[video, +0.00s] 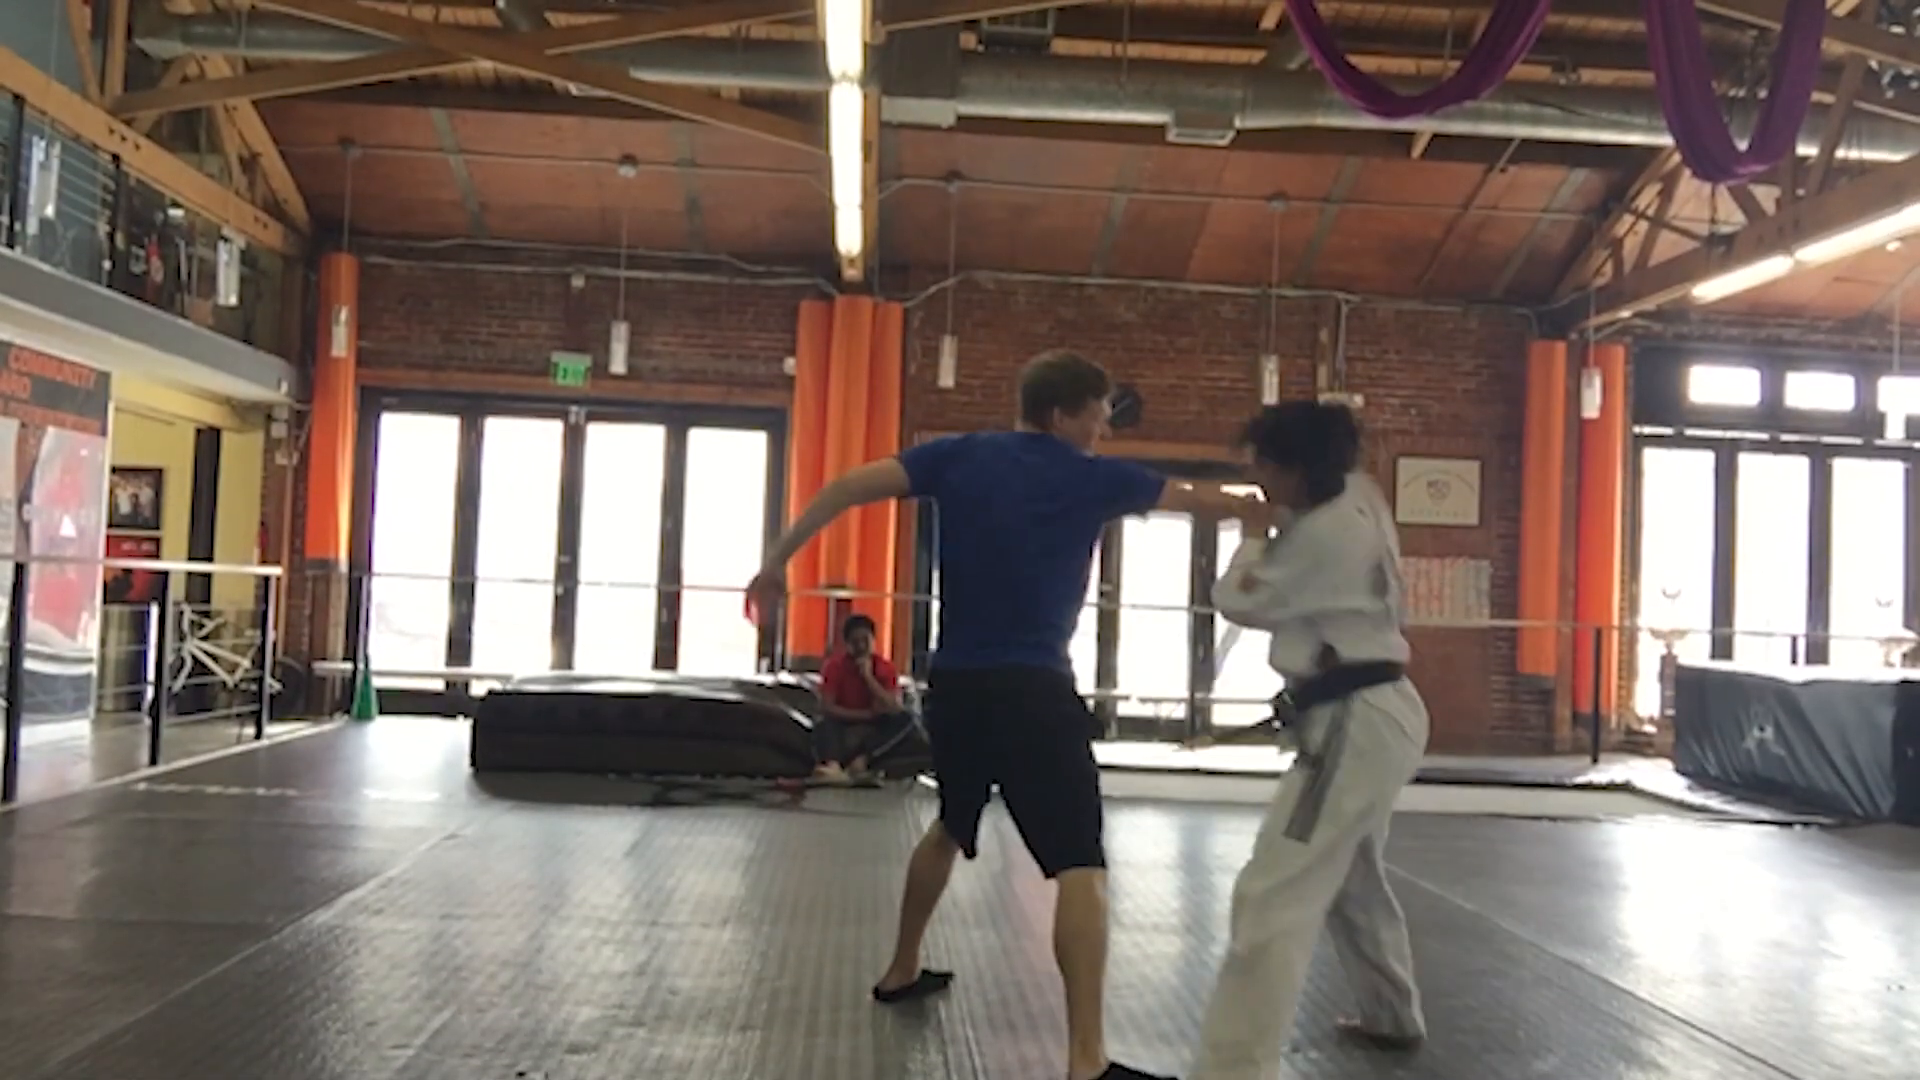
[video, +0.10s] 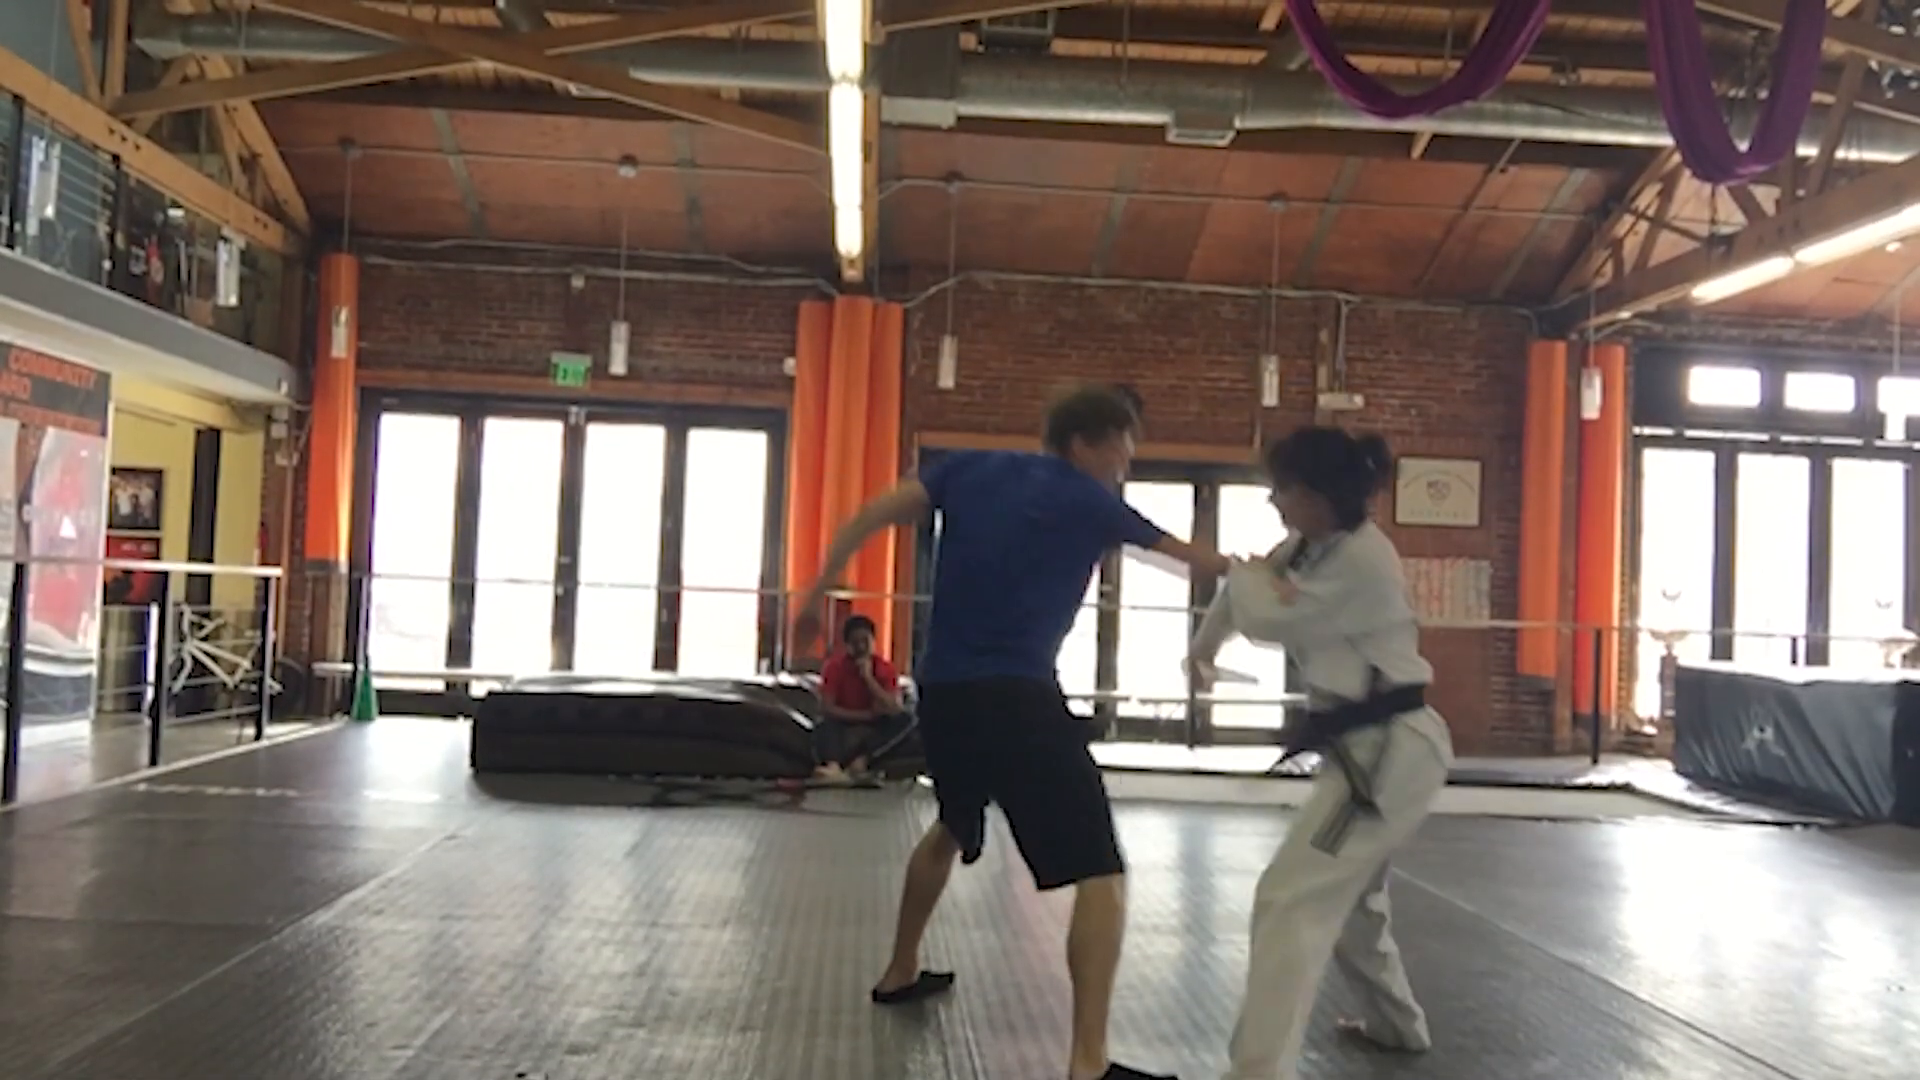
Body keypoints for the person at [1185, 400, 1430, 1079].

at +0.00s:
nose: (1258, 479)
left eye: (1265, 468)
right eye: (1258, 467)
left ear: (1298, 470)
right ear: (1321, 464)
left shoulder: (1326, 532)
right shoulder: (1357, 498)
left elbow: (1236, 597)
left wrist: (1256, 533)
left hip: (1359, 721)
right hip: (1377, 709)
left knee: (1270, 897)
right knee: (1351, 874)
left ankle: (1232, 1068)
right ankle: (1393, 1018)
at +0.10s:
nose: (1277, 504)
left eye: (1286, 492)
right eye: (1276, 492)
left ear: (1324, 496)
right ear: (1316, 498)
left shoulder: (1363, 557)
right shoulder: (1309, 546)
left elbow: (1275, 622)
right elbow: (1240, 594)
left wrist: (1242, 574)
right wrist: (1201, 652)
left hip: (1395, 747)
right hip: (1359, 744)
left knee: (1288, 899)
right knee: (1351, 898)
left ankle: (1257, 1069)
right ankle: (1396, 1024)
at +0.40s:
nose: (1334, 489)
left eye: (1346, 478)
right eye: (1339, 476)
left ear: (1373, 494)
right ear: (1388, 497)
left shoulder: (1391, 575)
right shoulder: (1358, 561)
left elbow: (1317, 651)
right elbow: (1312, 638)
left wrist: (1267, 609)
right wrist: (1257, 618)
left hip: (1356, 757)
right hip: (1345, 750)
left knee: (1226, 914)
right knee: (1326, 904)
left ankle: (1255, 1071)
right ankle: (1390, 1026)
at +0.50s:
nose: (1359, 474)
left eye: (1366, 464)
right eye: (1369, 464)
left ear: (1374, 476)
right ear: (1429, 489)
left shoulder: (1324, 537)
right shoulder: (1420, 562)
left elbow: (1253, 612)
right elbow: (1371, 626)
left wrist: (1231, 570)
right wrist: (1270, 573)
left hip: (1289, 721)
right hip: (1374, 727)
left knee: (1236, 895)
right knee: (1366, 867)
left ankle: (1213, 1062)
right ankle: (1404, 1030)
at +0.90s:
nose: (1393, 492)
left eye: (1395, 477)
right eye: (1390, 477)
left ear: (1308, 466)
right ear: (1364, 473)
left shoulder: (1263, 521)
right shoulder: (1388, 537)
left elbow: (1204, 601)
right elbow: (1399, 629)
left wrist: (1266, 638)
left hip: (1265, 712)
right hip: (1359, 717)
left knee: (1235, 899)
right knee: (1369, 894)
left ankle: (1195, 1053)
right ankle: (1320, 1047)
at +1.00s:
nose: (1421, 495)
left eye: (1425, 481)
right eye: (1416, 479)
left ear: (1360, 468)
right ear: (1380, 470)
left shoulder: (1283, 516)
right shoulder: (1388, 532)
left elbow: (1218, 593)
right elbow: (1468, 567)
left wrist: (1262, 647)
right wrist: (1464, 535)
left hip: (1258, 700)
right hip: (1338, 706)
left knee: (1297, 873)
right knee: (1360, 887)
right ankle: (1333, 1057)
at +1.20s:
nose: (1417, 539)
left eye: (1424, 526)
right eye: (1409, 524)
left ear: (1425, 519)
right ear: (1375, 514)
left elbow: (1258, 579)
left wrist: (1207, 606)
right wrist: (1519, 579)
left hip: (1343, 737)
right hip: (1287, 736)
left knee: (1397, 851)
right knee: (1372, 888)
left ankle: (1323, 930)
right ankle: (1315, 1040)